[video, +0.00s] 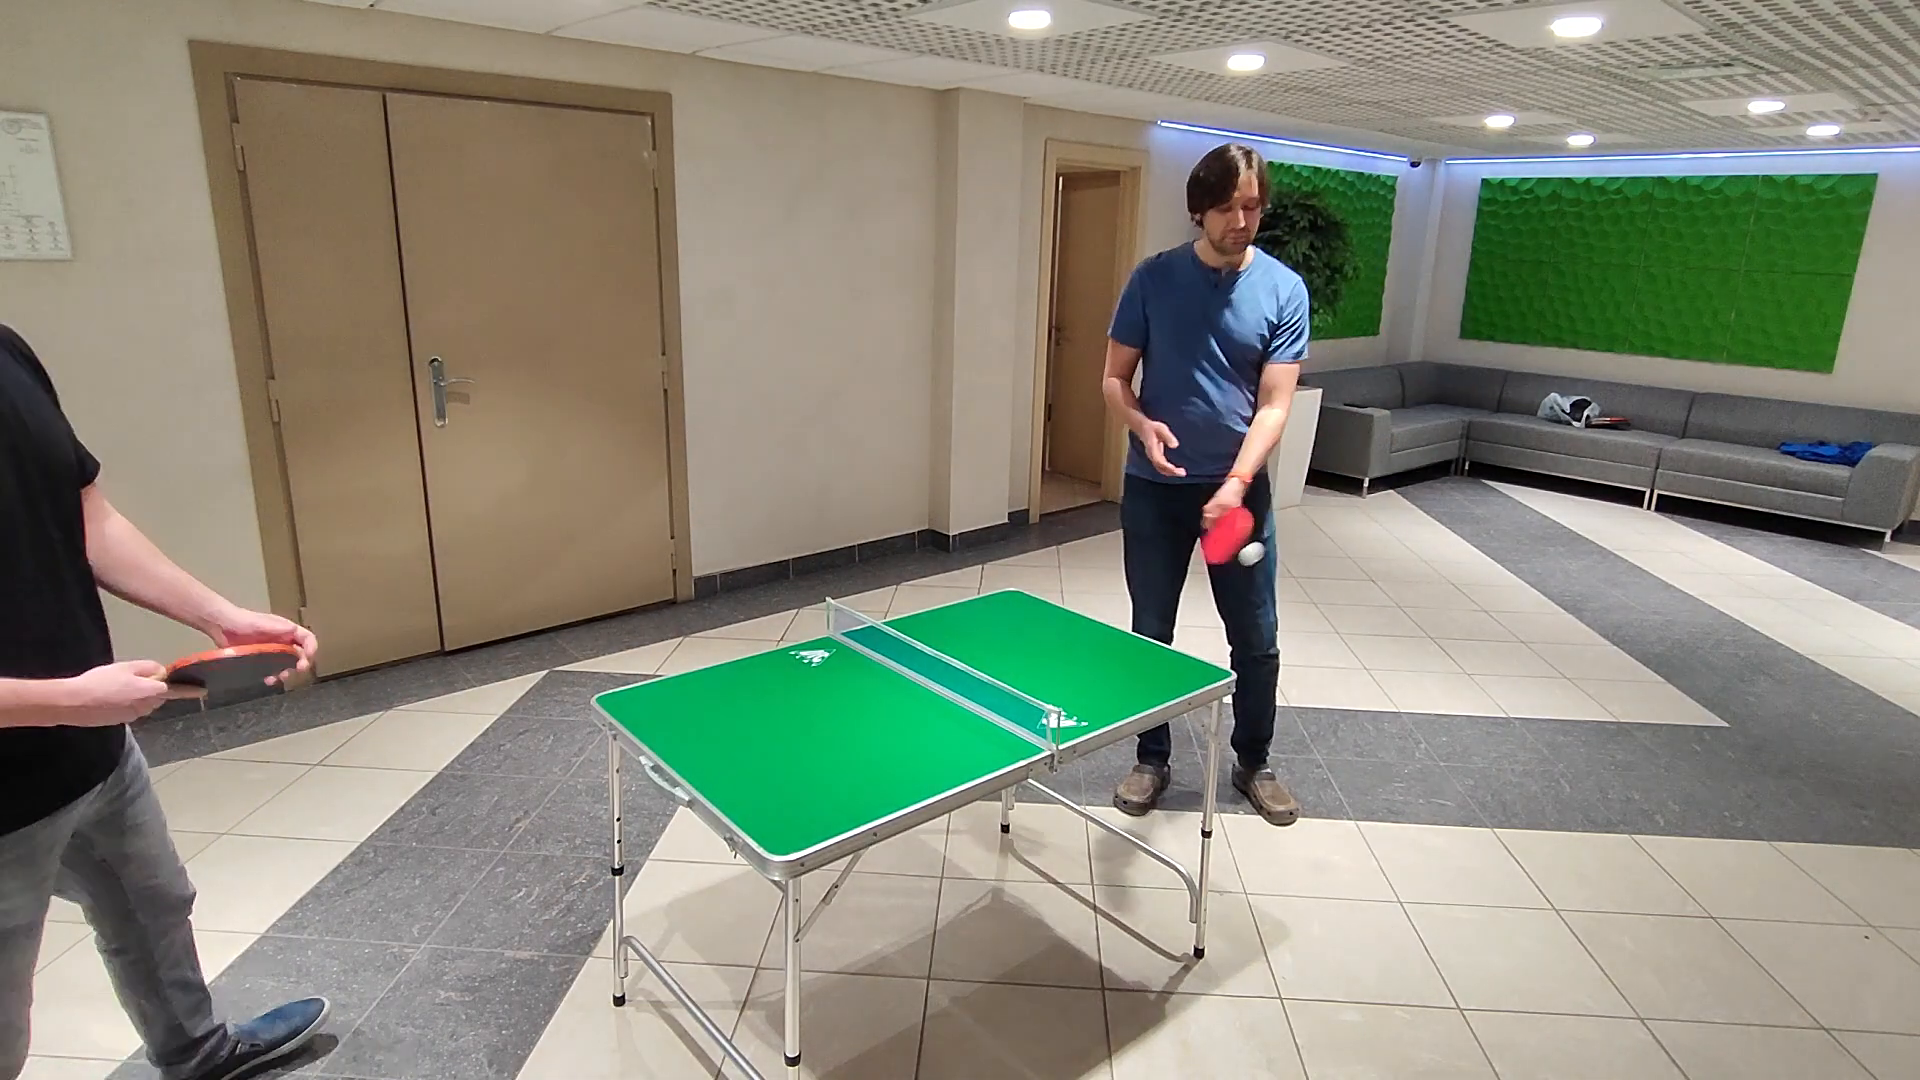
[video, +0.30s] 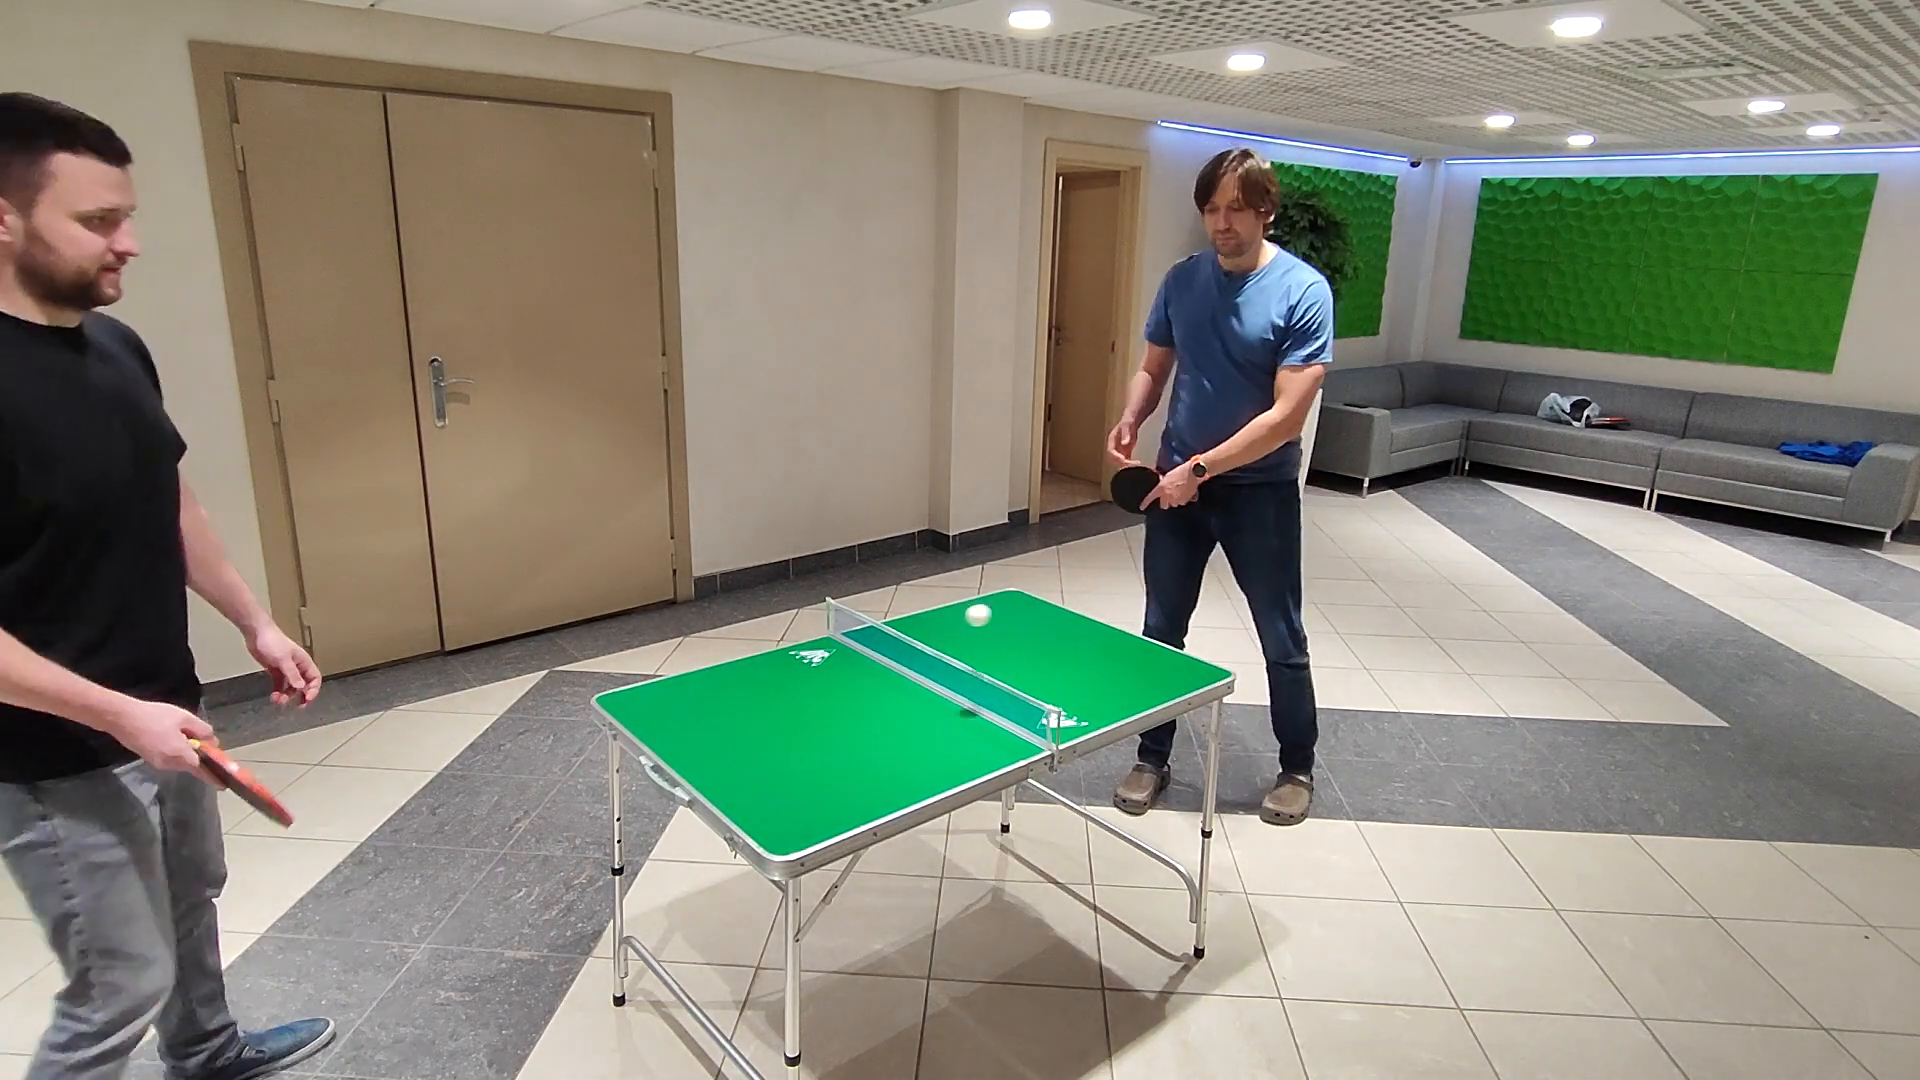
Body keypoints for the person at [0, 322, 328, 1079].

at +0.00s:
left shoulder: (11, 358)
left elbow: (91, 523)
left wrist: (225, 617)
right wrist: (65, 699)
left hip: (94, 751)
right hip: (9, 791)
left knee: (151, 909)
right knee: (5, 1043)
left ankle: (193, 1051)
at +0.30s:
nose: (127, 244)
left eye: (128, 220)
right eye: (101, 221)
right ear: (12, 222)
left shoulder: (116, 348)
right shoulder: (6, 366)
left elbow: (173, 506)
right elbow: (0, 640)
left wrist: (255, 622)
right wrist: (120, 712)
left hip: (162, 719)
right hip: (47, 754)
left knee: (191, 912)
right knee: (124, 981)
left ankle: (203, 1050)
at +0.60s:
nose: (279, 292)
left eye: (285, 269)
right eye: (258, 269)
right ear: (170, 251)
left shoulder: (218, 350)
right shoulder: (91, 394)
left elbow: (243, 494)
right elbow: (109, 617)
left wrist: (287, 617)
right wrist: (284, 737)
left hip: (171, 695)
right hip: (96, 721)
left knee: (162, 889)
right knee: (232, 928)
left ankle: (193, 1048)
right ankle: (309, 1071)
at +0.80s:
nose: (339, 299)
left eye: (346, 277)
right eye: (321, 275)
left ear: (243, 255)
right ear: (239, 252)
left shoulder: (189, 337)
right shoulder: (206, 396)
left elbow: (244, 507)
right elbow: (286, 613)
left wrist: (309, 612)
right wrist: (472, 679)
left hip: (134, 690)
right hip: (192, 711)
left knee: (199, 884)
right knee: (273, 935)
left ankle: (205, 1046)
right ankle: (333, 1070)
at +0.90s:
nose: (358, 286)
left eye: (364, 265)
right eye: (342, 260)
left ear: (261, 242)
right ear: (259, 239)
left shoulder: (170, 330)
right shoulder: (237, 389)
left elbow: (190, 520)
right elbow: (336, 597)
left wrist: (311, 613)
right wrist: (514, 654)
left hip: (147, 697)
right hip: (217, 720)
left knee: (225, 885)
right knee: (282, 945)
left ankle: (215, 1052)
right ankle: (329, 1072)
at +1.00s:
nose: (374, 272)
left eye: (378, 249)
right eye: (357, 245)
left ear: (277, 233)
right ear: (276, 230)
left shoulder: (169, 329)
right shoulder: (259, 384)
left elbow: (196, 520)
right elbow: (344, 596)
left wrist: (316, 615)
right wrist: (517, 653)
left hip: (158, 699)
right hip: (241, 724)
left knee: (240, 887)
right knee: (294, 953)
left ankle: (211, 1058)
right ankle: (337, 1073)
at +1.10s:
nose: (375, 262)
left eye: (378, 239)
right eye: (361, 236)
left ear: (280, 228)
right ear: (284, 226)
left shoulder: (163, 330)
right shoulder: (269, 384)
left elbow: (183, 530)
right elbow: (319, 608)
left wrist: (320, 622)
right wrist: (496, 664)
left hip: (165, 702)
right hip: (258, 727)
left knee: (244, 895)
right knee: (305, 957)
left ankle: (196, 1063)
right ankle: (339, 1075)